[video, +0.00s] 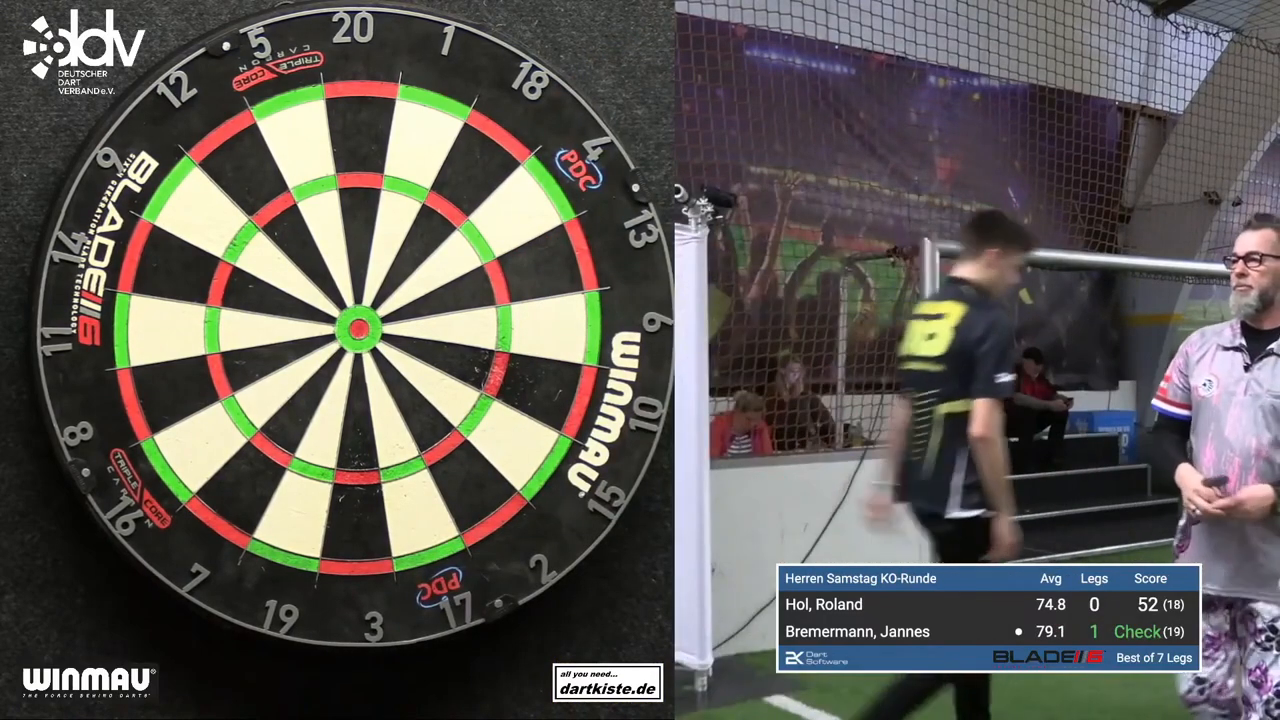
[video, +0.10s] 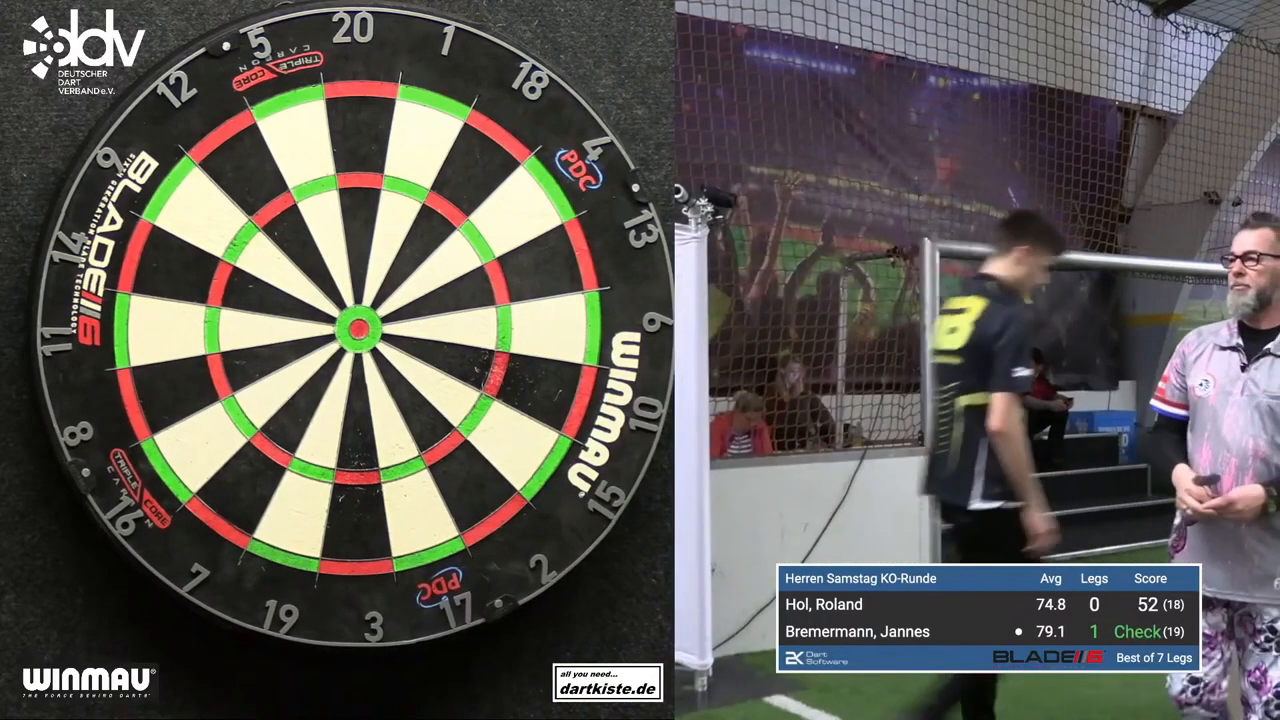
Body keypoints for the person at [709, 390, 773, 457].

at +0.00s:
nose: (753, 424)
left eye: (756, 419)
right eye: (749, 419)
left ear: (761, 417)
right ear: (737, 412)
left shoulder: (761, 427)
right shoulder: (718, 425)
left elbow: (768, 457)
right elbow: (713, 460)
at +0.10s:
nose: (752, 424)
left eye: (756, 419)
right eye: (748, 419)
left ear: (761, 417)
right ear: (737, 413)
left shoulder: (761, 427)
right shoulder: (719, 425)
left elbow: (768, 458)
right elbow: (713, 461)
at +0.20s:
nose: (752, 424)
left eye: (756, 419)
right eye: (749, 419)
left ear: (760, 417)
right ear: (737, 413)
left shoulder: (760, 428)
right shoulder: (719, 425)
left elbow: (768, 458)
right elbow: (713, 461)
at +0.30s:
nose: (752, 424)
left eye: (756, 419)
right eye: (749, 419)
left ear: (760, 417)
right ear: (737, 413)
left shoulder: (760, 428)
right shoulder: (719, 425)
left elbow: (768, 458)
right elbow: (713, 461)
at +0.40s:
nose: (752, 424)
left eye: (756, 419)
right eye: (748, 419)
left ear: (760, 418)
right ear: (737, 413)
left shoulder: (760, 428)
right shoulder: (719, 425)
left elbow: (768, 458)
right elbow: (713, 461)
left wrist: (763, 431)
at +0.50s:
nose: (752, 423)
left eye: (756, 419)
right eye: (748, 418)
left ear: (761, 417)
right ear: (737, 412)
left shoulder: (761, 428)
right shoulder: (718, 425)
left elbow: (768, 458)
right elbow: (713, 461)